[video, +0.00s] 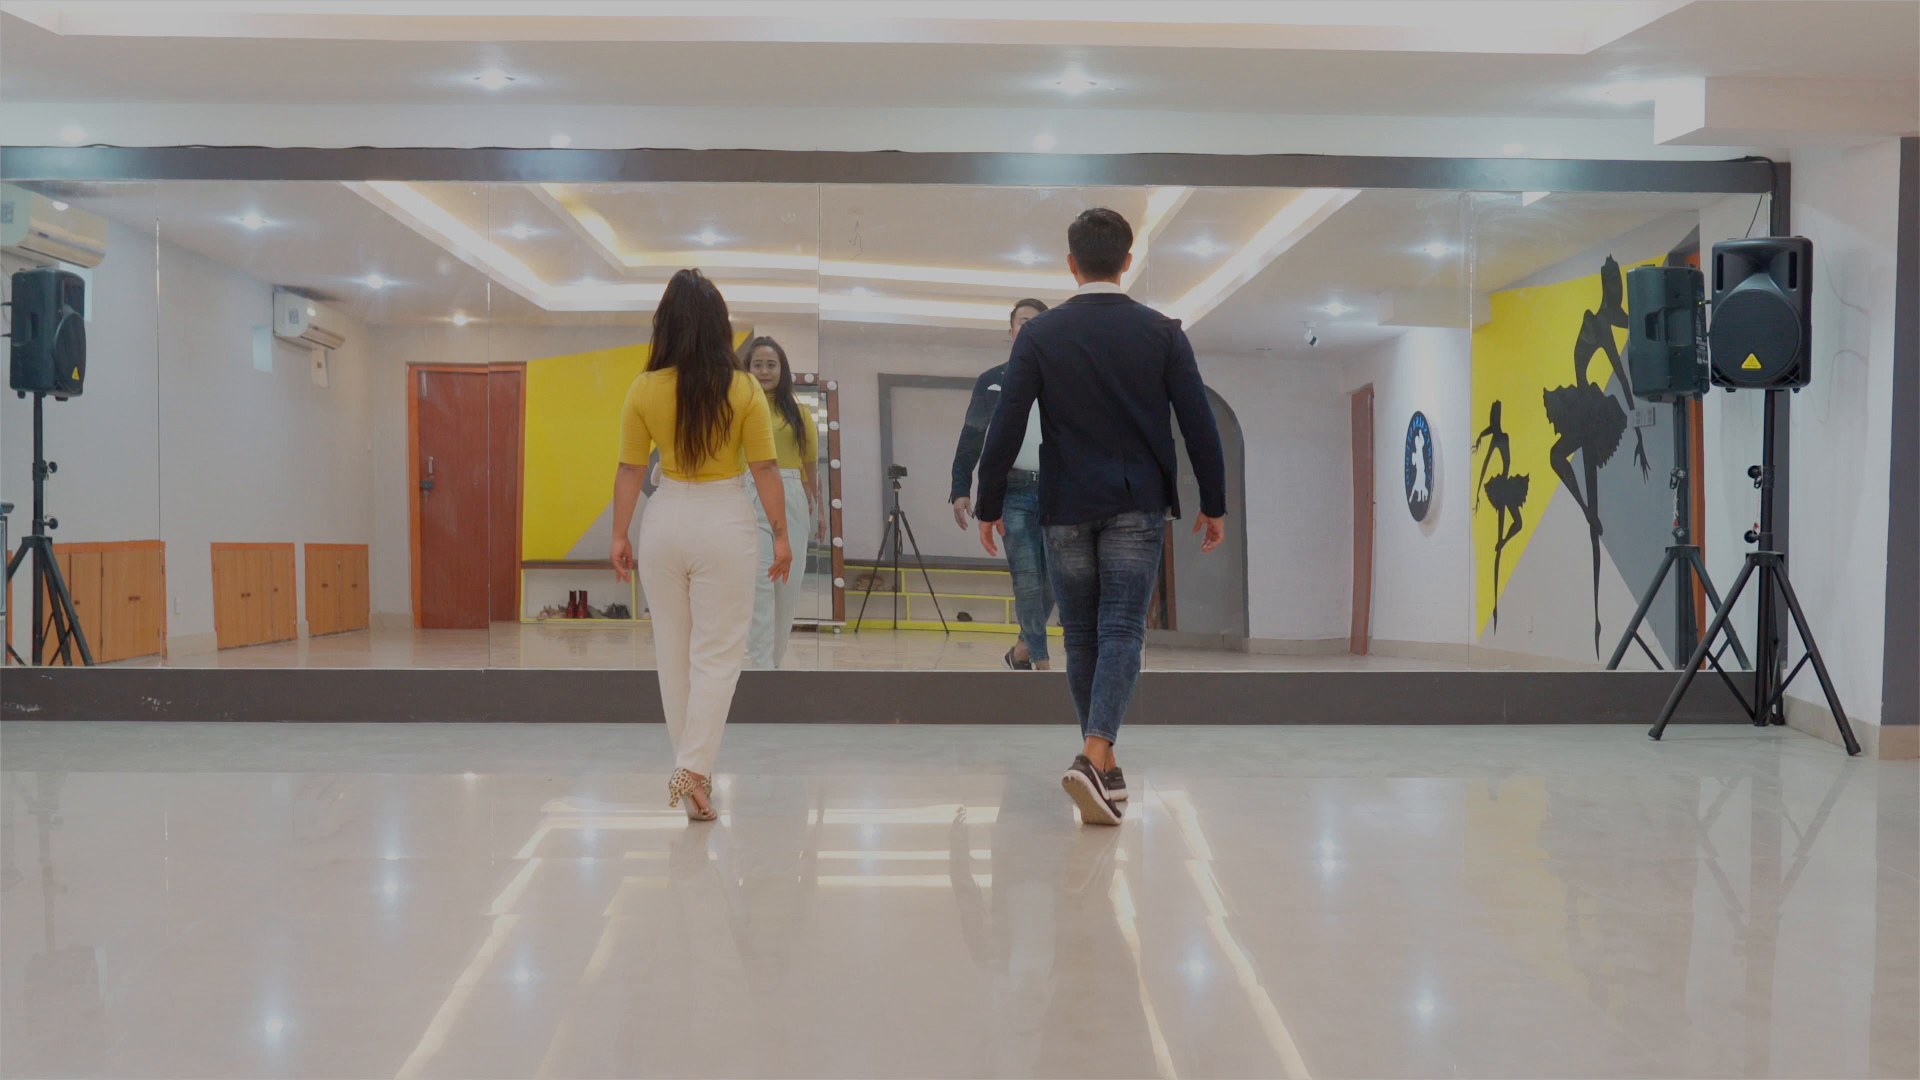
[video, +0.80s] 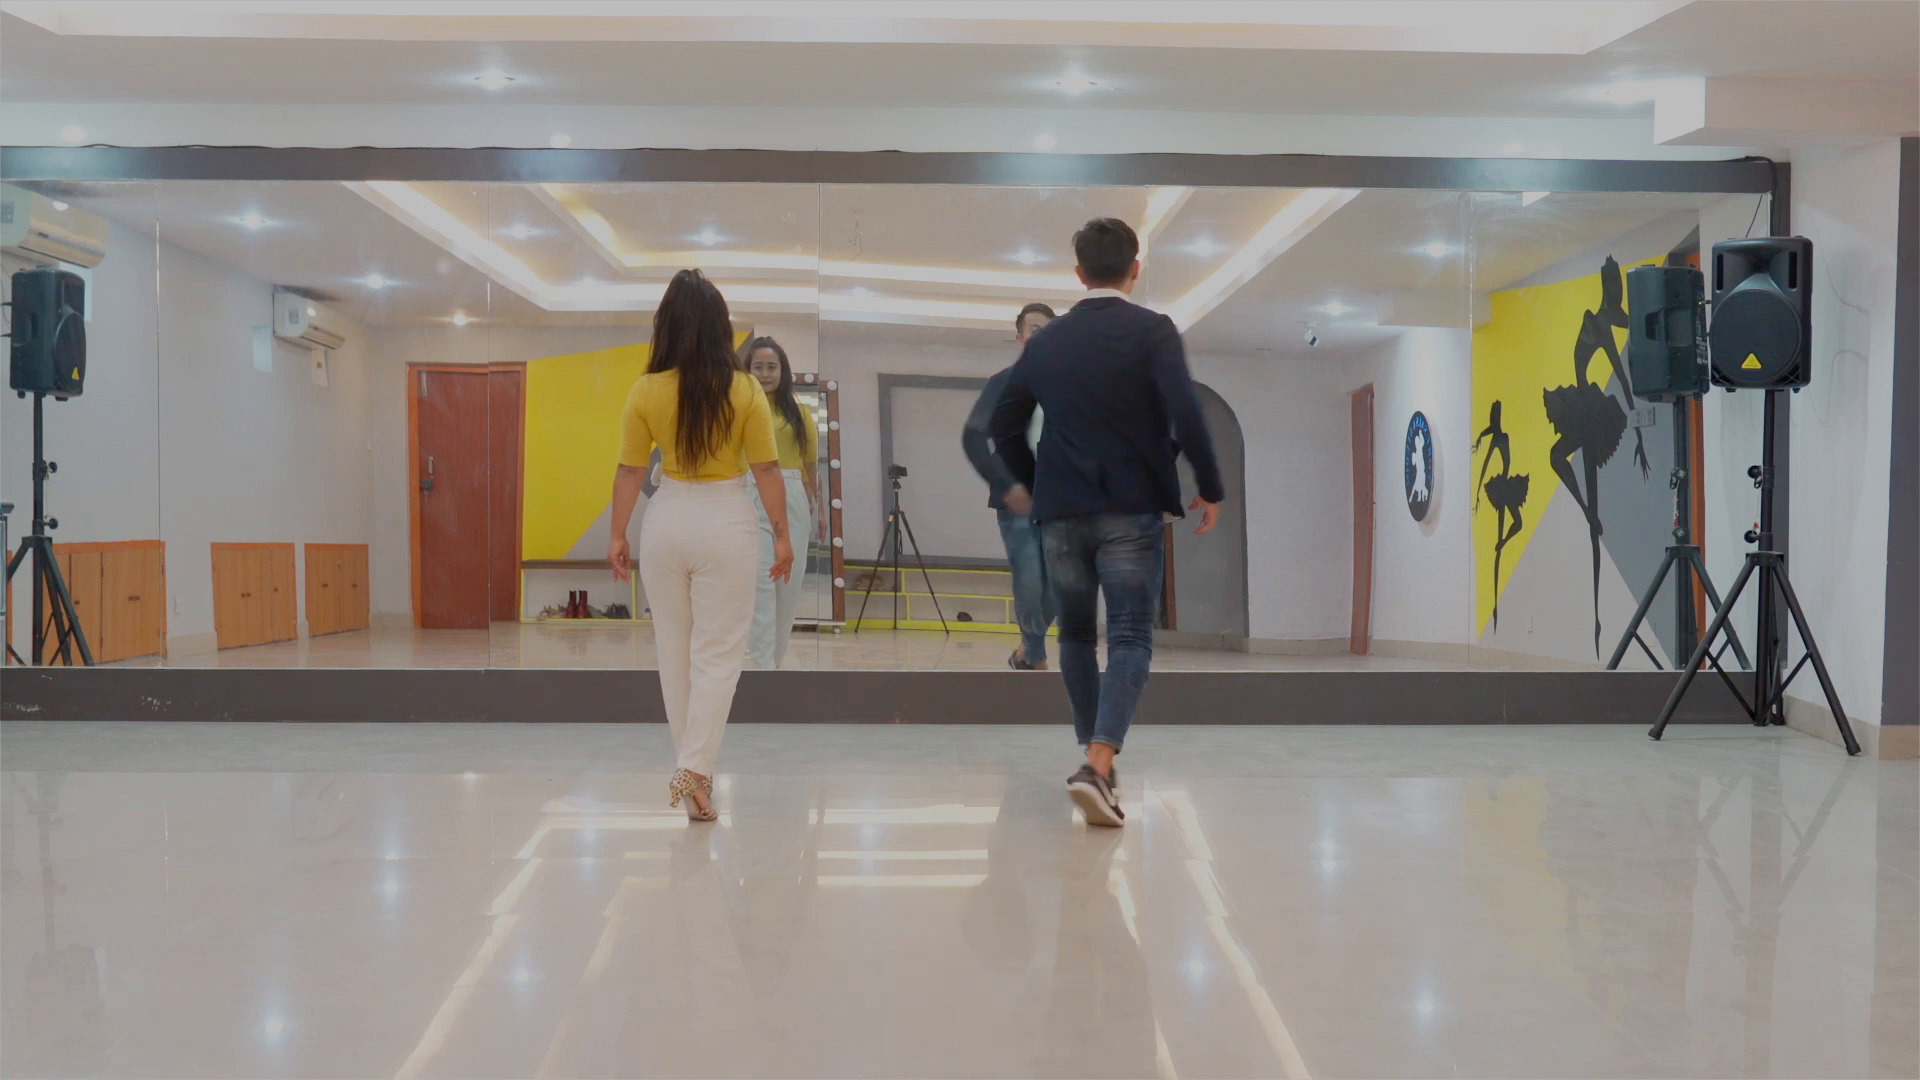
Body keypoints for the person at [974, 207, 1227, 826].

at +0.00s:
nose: (1073, 265)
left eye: (1070, 257)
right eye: (1124, 256)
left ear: (1070, 262)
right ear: (1129, 261)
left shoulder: (1041, 331)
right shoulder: (1160, 330)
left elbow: (1008, 422)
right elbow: (1198, 420)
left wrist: (988, 500)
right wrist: (1213, 501)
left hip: (1065, 499)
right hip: (1138, 497)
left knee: (1080, 634)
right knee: (1122, 630)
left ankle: (1107, 769)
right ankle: (1092, 756)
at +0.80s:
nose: (1138, 270)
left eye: (1082, 266)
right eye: (1138, 263)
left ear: (1077, 272)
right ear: (1136, 268)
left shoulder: (1048, 339)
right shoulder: (1154, 330)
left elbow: (1004, 423)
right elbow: (1186, 415)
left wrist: (1034, 484)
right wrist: (1210, 487)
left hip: (1060, 504)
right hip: (1131, 504)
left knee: (1077, 633)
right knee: (1129, 638)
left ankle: (1095, 763)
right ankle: (1097, 764)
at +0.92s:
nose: (1149, 278)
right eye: (1148, 269)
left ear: (1088, 276)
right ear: (1145, 274)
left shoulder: (1079, 334)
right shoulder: (1119, 335)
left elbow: (1058, 420)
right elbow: (1116, 421)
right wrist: (1170, 480)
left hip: (1067, 508)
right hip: (1096, 510)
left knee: (1103, 631)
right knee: (1139, 637)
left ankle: (1052, 760)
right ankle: (1081, 771)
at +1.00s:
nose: (1158, 287)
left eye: (1156, 276)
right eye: (1156, 275)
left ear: (1111, 275)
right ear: (1143, 275)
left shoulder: (1119, 336)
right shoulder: (1094, 334)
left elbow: (1115, 423)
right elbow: (1066, 418)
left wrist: (1142, 492)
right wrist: (1126, 477)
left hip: (1114, 513)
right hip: (1079, 514)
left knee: (1108, 635)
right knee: (1113, 637)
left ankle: (1039, 749)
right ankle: (1090, 775)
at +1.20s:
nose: (1109, 285)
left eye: (1121, 273)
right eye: (1100, 274)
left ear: (1149, 279)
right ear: (1090, 282)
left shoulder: (1176, 358)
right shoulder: (1060, 348)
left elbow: (1205, 437)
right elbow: (1000, 422)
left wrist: (1178, 505)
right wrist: (1055, 471)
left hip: (1138, 520)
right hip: (1074, 514)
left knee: (1100, 638)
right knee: (1101, 636)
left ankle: (1049, 742)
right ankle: (1089, 774)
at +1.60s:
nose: (1120, 293)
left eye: (1133, 281)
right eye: (1110, 283)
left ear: (1157, 288)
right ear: (1098, 291)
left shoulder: (1185, 355)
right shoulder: (1072, 353)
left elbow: (1206, 433)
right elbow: (991, 405)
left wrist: (1143, 431)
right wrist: (1019, 487)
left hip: (1149, 525)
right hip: (1082, 520)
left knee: (1116, 648)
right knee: (1111, 644)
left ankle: (1050, 741)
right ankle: (1146, 771)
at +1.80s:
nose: (1115, 296)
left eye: (1127, 284)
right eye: (1104, 287)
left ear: (1153, 291)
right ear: (1093, 296)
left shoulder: (1184, 359)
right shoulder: (1071, 357)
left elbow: (1152, 436)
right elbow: (1036, 436)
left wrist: (1059, 439)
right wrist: (1025, 506)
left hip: (1165, 529)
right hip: (1095, 524)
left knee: (1133, 656)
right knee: (1119, 653)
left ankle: (1071, 730)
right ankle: (1155, 775)